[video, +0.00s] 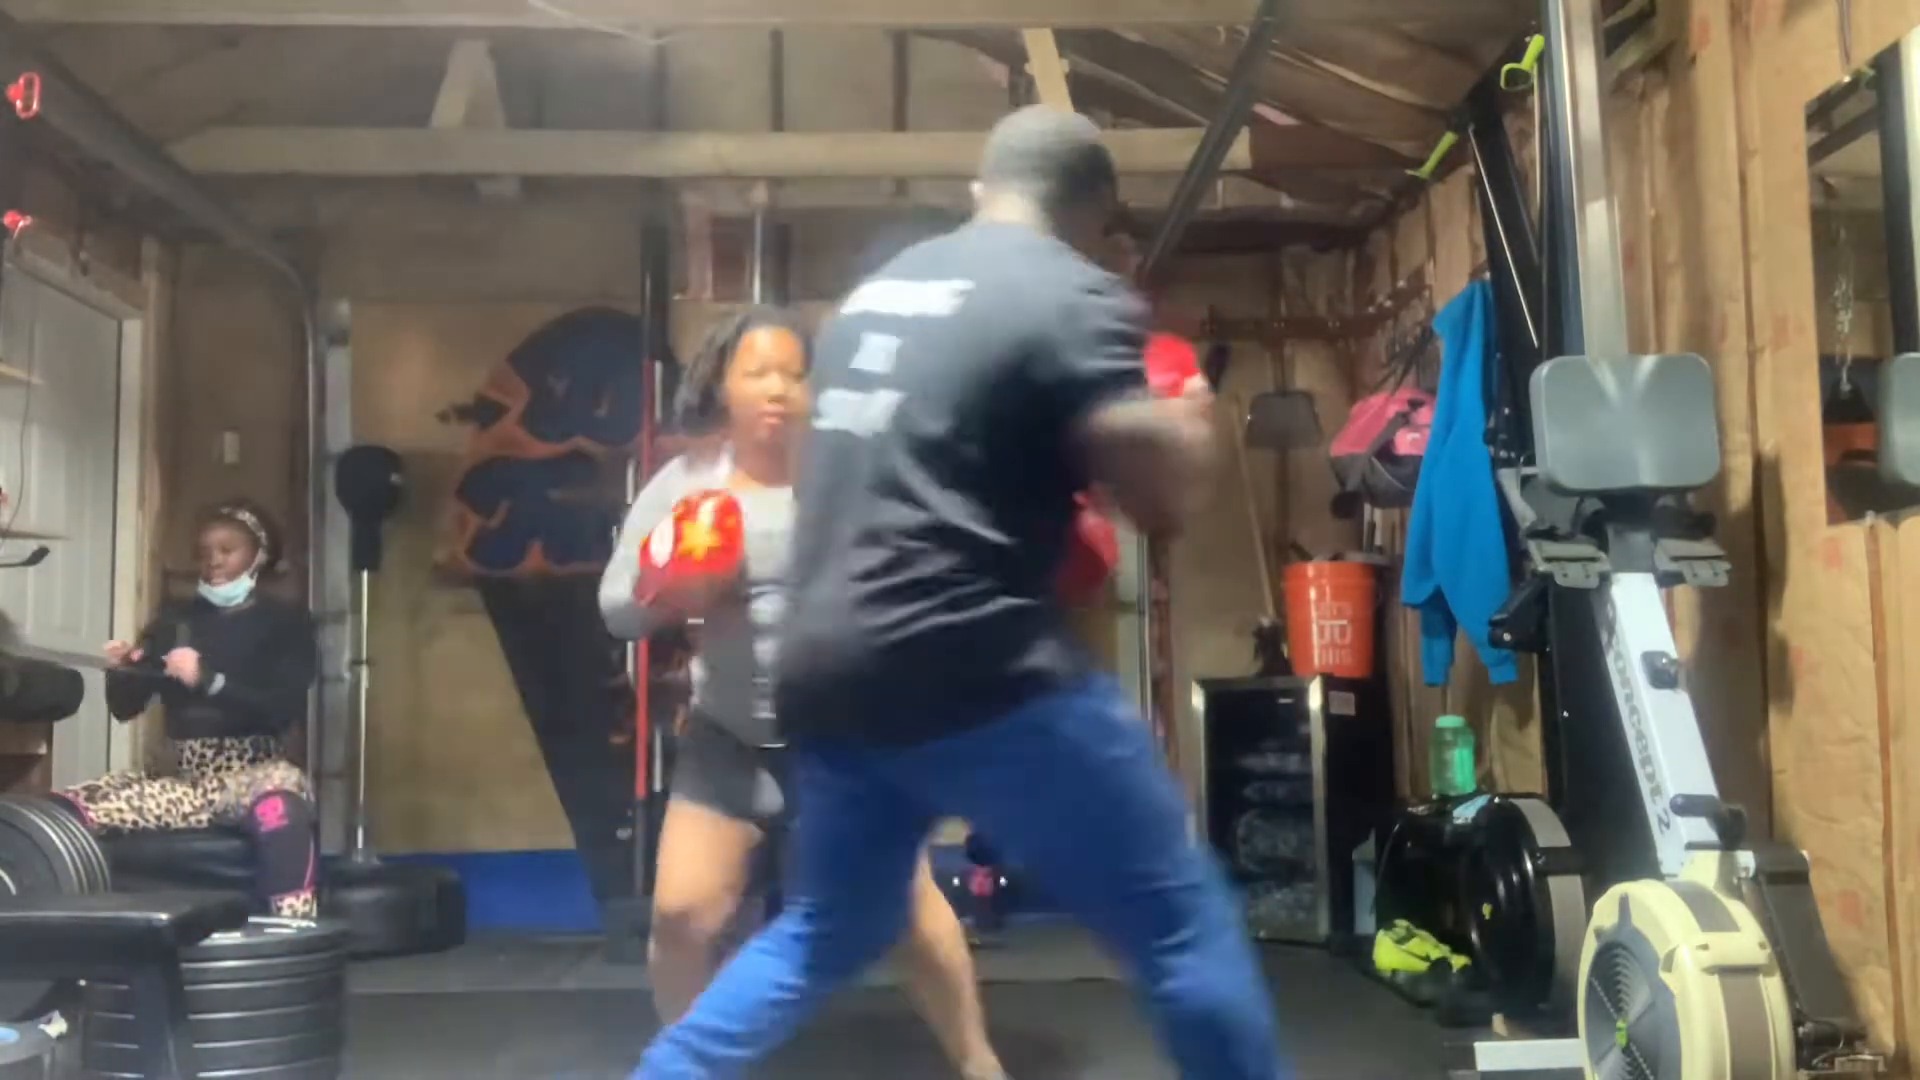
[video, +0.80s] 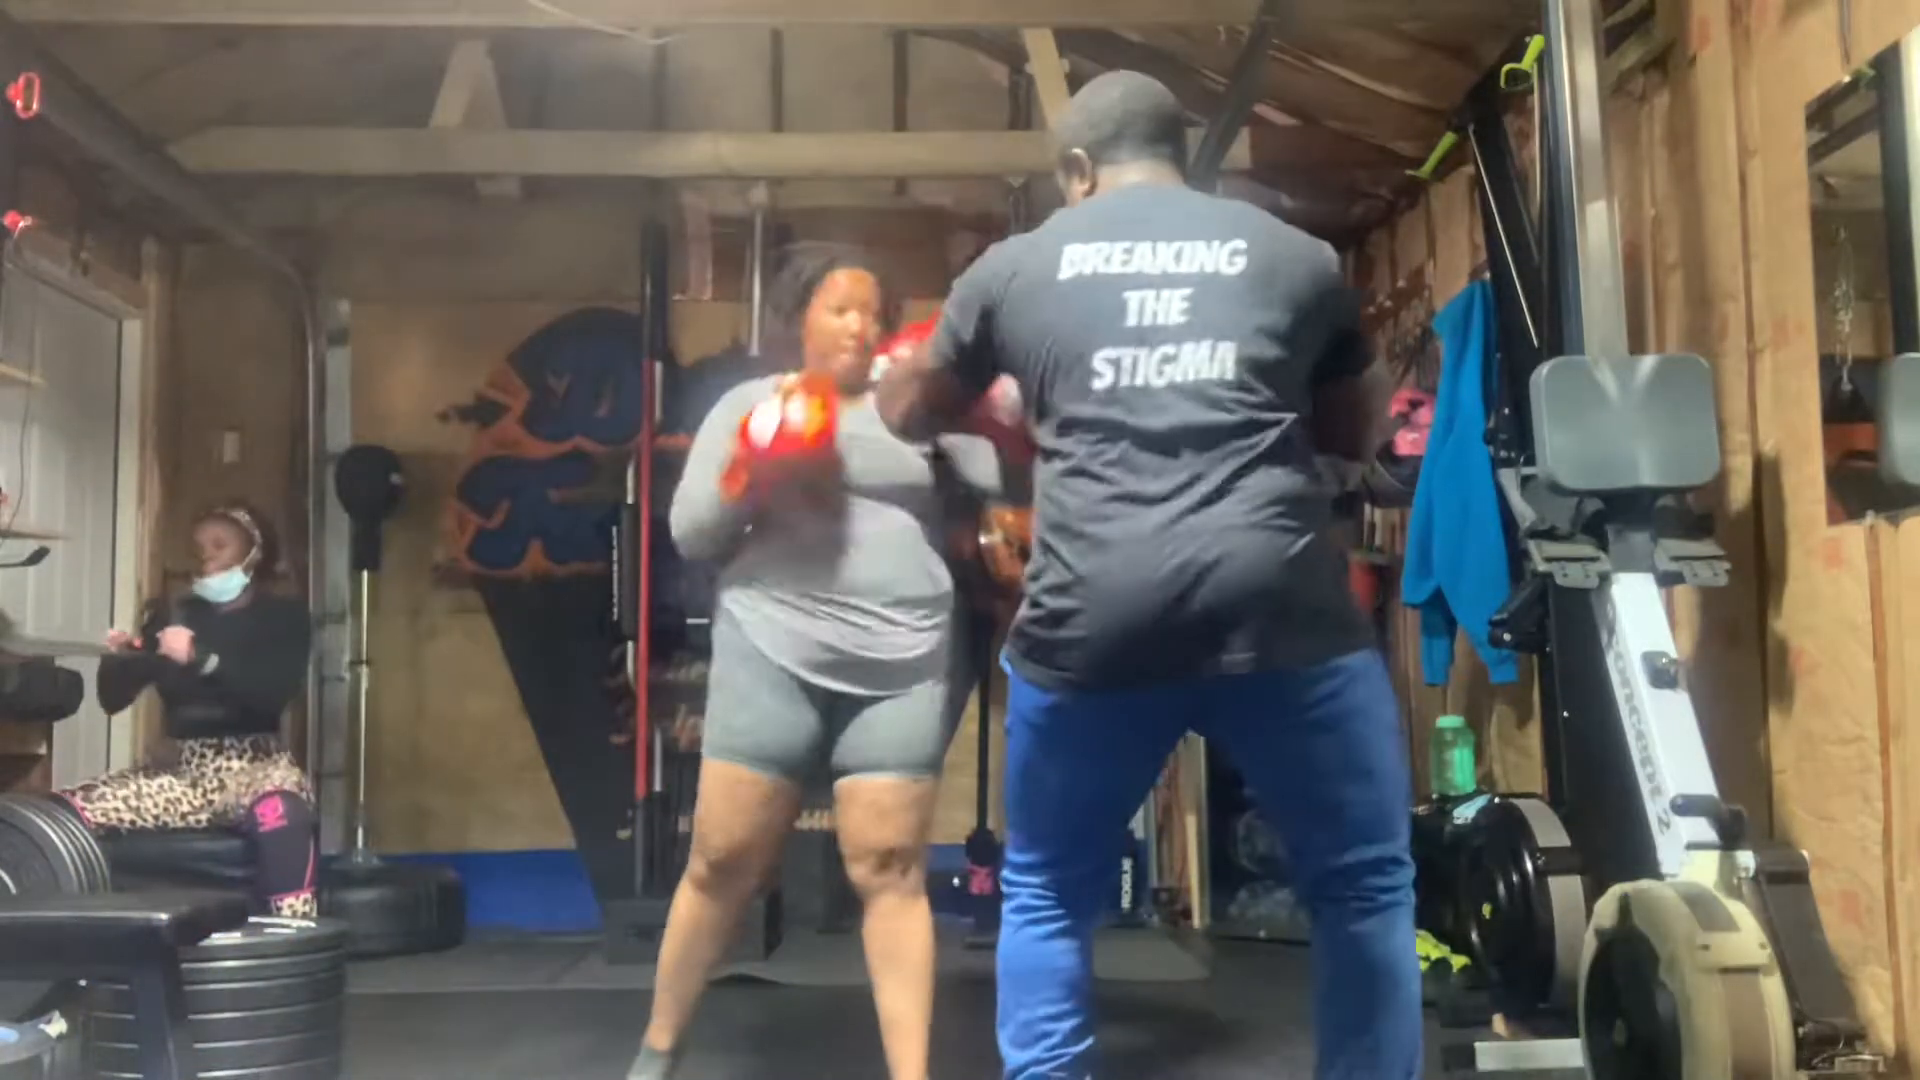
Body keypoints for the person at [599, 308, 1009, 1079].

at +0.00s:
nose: (778, 391)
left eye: (792, 376)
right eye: (759, 374)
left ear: (814, 390)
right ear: (720, 390)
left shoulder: (845, 478)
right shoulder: (683, 482)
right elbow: (617, 604)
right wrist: (674, 596)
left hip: (841, 728)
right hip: (729, 736)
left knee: (916, 907)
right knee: (681, 911)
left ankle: (976, 1062)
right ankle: (688, 1062)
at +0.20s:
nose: (825, 367)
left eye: (830, 352)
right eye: (804, 351)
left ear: (839, 362)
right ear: (750, 361)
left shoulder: (866, 451)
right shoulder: (706, 456)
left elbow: (935, 530)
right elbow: (650, 581)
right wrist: (734, 506)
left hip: (861, 698)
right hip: (725, 701)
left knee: (900, 881)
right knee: (688, 903)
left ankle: (919, 1070)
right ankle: (687, 1070)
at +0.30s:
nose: (845, 347)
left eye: (852, 333)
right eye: (826, 332)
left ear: (860, 343)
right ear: (774, 341)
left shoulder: (884, 431)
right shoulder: (741, 420)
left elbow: (970, 498)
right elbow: (716, 514)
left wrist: (891, 487)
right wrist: (808, 417)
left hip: (861, 685)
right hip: (733, 677)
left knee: (887, 878)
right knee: (721, 893)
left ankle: (909, 1073)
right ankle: (685, 1067)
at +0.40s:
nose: (858, 334)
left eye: (862, 321)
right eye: (839, 320)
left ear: (863, 329)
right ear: (786, 325)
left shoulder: (883, 421)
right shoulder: (751, 390)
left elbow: (942, 538)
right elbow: (822, 402)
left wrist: (949, 422)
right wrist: (914, 326)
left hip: (868, 668)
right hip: (739, 645)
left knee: (884, 873)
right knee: (719, 874)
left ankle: (909, 1073)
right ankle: (678, 1066)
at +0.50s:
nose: (848, 333)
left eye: (857, 317)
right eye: (827, 314)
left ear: (869, 334)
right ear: (775, 324)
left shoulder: (891, 416)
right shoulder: (733, 393)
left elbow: (922, 514)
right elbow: (756, 448)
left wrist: (971, 519)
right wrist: (852, 382)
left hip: (872, 667)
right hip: (737, 655)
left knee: (886, 871)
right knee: (713, 869)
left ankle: (911, 1073)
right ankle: (666, 1062)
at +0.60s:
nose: (833, 327)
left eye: (847, 315)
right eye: (815, 310)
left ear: (861, 332)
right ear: (776, 324)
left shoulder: (901, 406)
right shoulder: (727, 413)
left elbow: (1001, 450)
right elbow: (656, 529)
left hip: (884, 672)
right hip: (748, 667)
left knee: (879, 869)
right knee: (707, 867)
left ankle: (909, 1073)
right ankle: (657, 1054)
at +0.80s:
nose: (860, 326)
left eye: (871, 312)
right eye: (842, 310)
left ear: (885, 325)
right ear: (798, 322)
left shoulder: (919, 408)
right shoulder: (749, 406)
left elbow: (1009, 481)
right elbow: (693, 537)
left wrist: (969, 407)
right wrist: (753, 473)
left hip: (904, 663)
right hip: (767, 650)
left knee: (891, 868)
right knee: (719, 862)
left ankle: (910, 1072)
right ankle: (658, 1048)